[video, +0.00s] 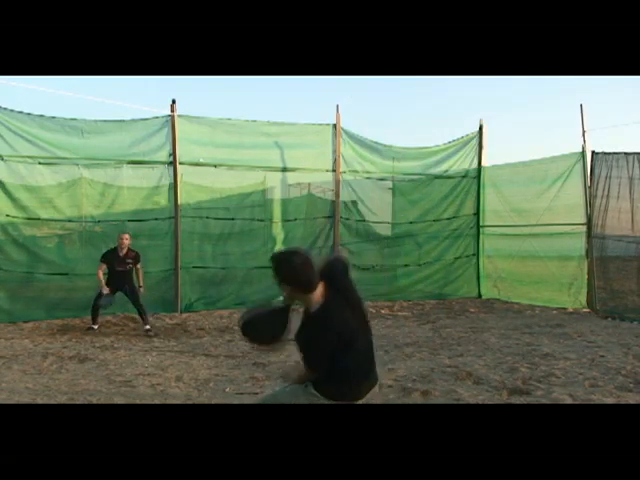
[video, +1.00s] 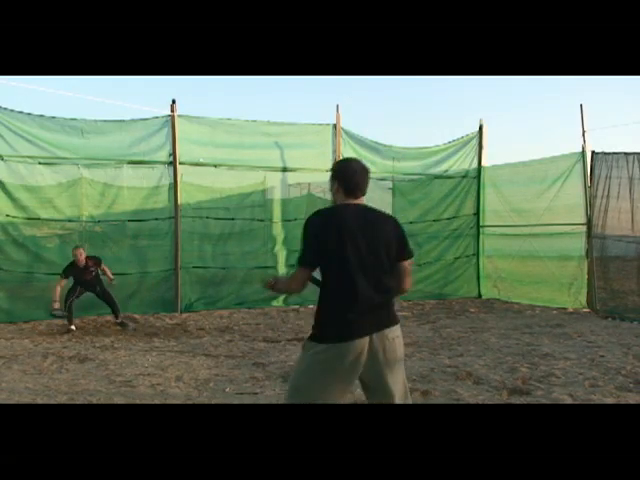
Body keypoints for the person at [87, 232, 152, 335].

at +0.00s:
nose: (123, 242)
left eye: (126, 239)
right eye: (121, 239)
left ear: (129, 241)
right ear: (118, 241)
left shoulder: (134, 255)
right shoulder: (109, 254)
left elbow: (138, 269)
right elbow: (100, 270)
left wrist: (140, 285)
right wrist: (103, 286)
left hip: (127, 284)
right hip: (111, 284)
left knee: (137, 303)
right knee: (97, 303)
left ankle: (147, 325)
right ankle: (94, 324)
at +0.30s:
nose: (121, 241)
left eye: (123, 238)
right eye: (119, 238)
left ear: (127, 241)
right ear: (116, 240)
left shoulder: (131, 256)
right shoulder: (107, 253)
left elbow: (136, 272)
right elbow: (93, 266)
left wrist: (135, 288)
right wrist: (86, 281)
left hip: (122, 283)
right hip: (106, 282)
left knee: (128, 305)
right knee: (90, 302)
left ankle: (133, 325)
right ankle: (91, 320)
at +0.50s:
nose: (107, 255)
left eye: (109, 252)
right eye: (105, 252)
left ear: (113, 253)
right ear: (102, 253)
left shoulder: (120, 262)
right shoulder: (97, 263)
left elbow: (133, 272)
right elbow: (82, 279)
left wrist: (141, 281)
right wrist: (72, 297)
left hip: (116, 283)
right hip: (99, 283)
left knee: (127, 301)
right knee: (83, 298)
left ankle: (133, 326)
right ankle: (77, 322)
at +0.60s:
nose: (97, 265)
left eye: (99, 262)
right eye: (95, 262)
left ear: (104, 262)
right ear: (93, 262)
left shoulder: (112, 267)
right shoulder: (89, 271)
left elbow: (129, 273)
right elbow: (77, 288)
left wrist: (142, 283)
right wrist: (66, 305)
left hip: (110, 285)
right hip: (94, 286)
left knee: (124, 301)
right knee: (78, 301)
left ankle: (133, 325)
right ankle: (74, 325)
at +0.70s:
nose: (86, 274)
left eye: (88, 271)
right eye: (84, 271)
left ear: (94, 269)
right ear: (82, 271)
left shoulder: (102, 270)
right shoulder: (80, 277)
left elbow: (117, 272)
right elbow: (73, 293)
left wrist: (130, 280)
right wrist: (66, 305)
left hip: (102, 287)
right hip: (87, 289)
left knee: (118, 302)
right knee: (72, 302)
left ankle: (132, 325)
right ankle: (73, 326)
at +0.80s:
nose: (82, 274)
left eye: (84, 271)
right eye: (80, 271)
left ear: (89, 269)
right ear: (77, 270)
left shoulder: (96, 269)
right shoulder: (74, 277)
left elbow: (107, 271)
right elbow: (68, 291)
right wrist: (64, 303)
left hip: (96, 286)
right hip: (81, 289)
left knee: (114, 302)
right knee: (68, 303)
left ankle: (130, 324)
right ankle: (71, 325)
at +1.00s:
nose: (79, 258)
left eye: (81, 255)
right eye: (77, 255)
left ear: (85, 254)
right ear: (74, 257)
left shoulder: (93, 261)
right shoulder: (70, 268)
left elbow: (103, 268)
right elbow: (59, 285)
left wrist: (110, 277)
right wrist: (56, 302)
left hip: (95, 284)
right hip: (80, 285)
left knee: (111, 301)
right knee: (68, 301)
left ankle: (118, 319)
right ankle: (71, 325)